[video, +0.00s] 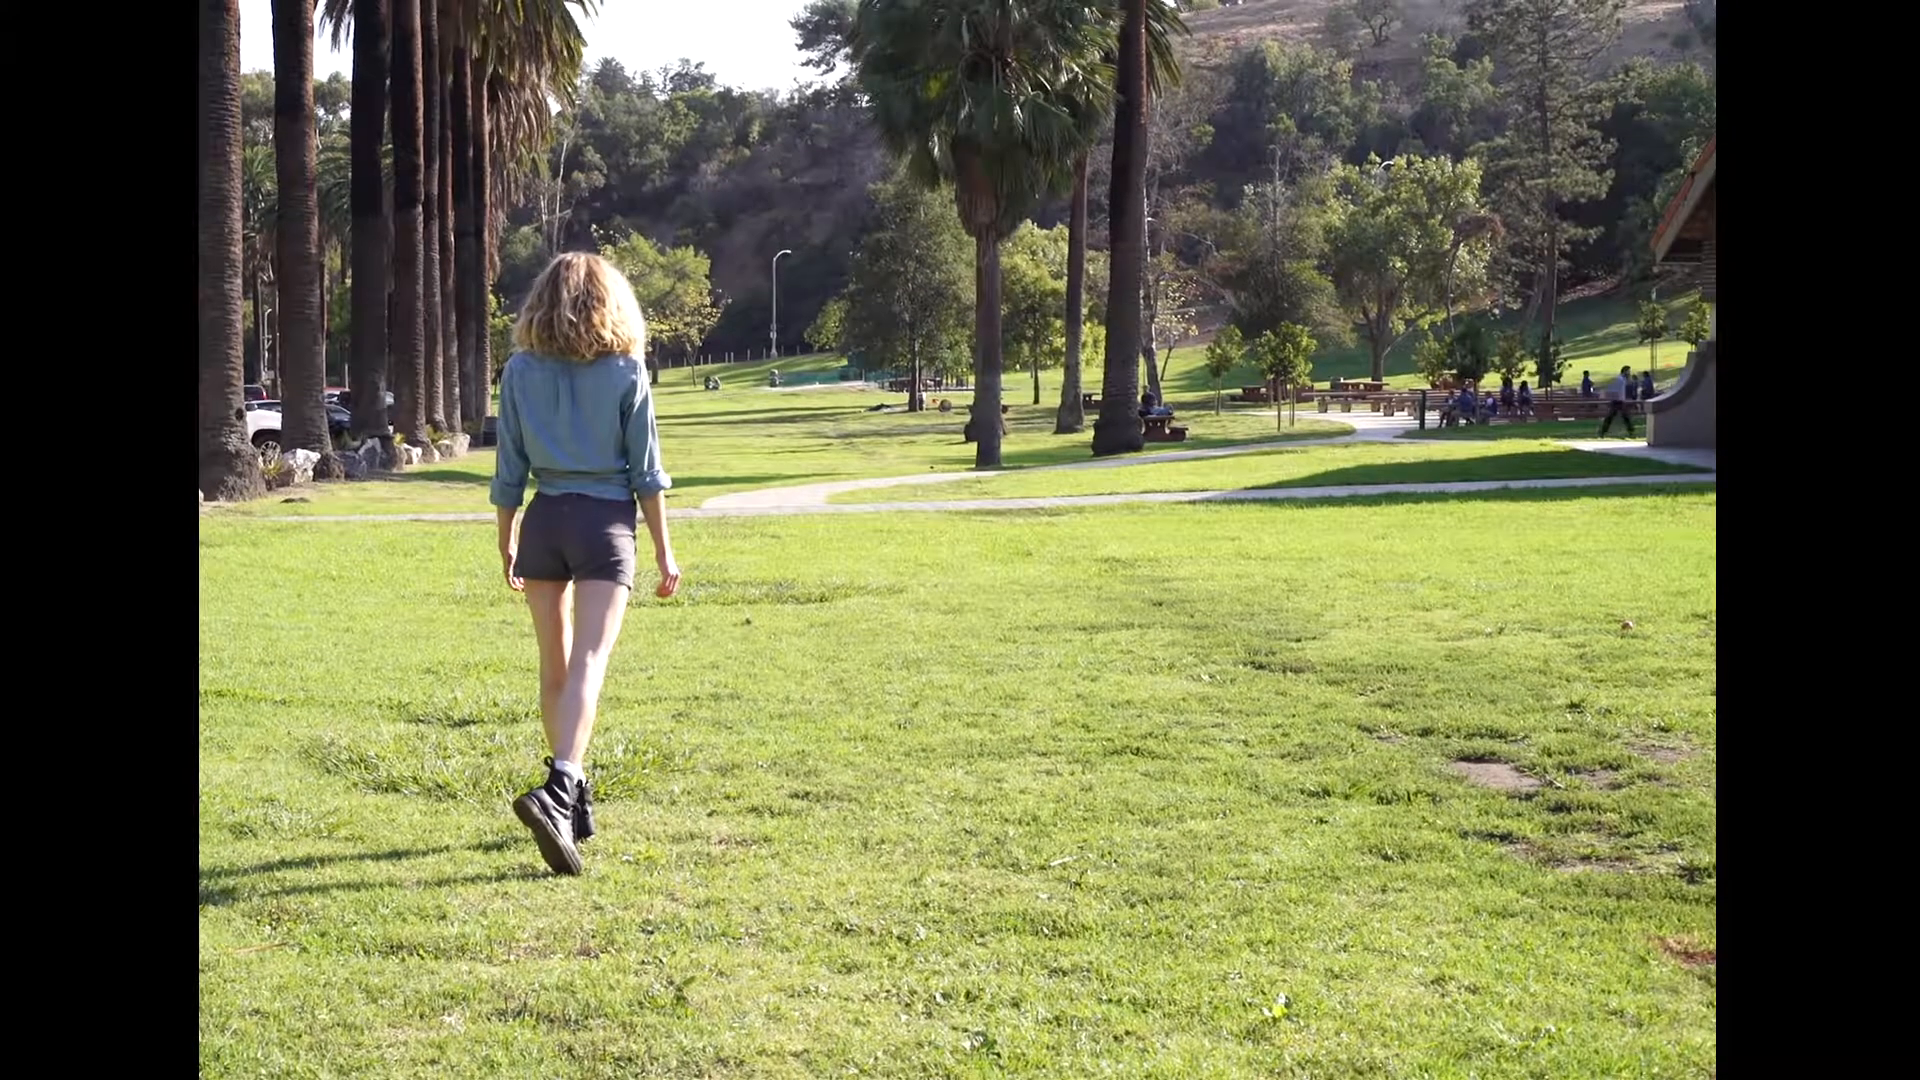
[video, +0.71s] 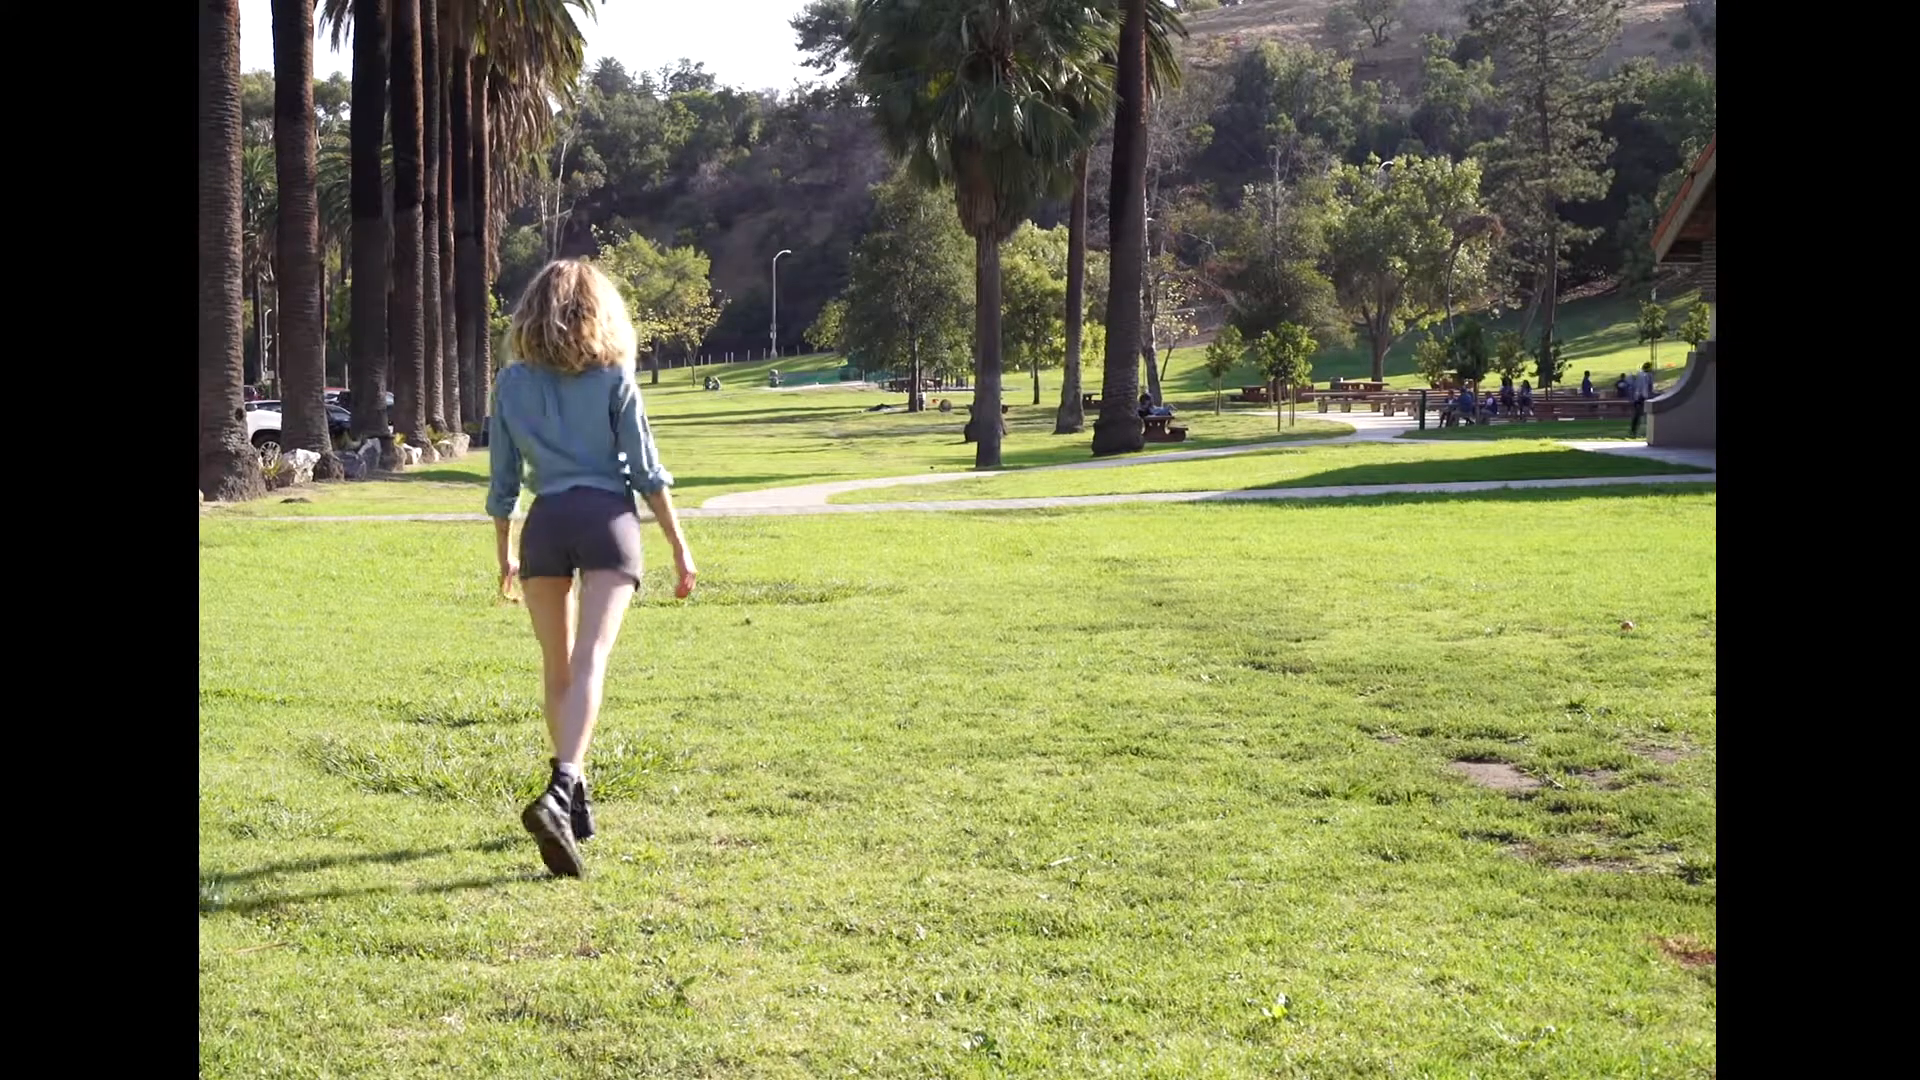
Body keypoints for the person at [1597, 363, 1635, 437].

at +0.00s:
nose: (1629, 373)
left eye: (1629, 371)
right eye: (1628, 371)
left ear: (1623, 371)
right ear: (1625, 371)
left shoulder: (1622, 380)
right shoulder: (1621, 380)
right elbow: (1620, 391)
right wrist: (1622, 399)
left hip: (1617, 400)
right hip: (1619, 400)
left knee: (1610, 416)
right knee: (1625, 416)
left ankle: (1602, 432)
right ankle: (1631, 432)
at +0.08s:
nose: (1633, 372)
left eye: (1633, 371)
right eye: (1632, 370)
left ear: (1628, 370)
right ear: (1629, 371)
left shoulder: (1628, 379)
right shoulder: (1624, 379)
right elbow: (1622, 390)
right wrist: (1626, 399)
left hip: (1625, 400)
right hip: (1622, 400)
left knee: (1616, 416)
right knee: (1630, 416)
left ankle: (1605, 431)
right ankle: (1631, 433)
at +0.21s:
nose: (1637, 371)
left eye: (1637, 369)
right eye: (1636, 369)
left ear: (1632, 369)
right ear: (1633, 369)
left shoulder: (1629, 376)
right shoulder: (1629, 377)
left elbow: (1620, 385)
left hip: (1627, 399)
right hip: (1627, 399)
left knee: (1627, 415)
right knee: (1630, 416)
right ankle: (1632, 433)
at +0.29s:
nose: (1639, 370)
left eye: (1639, 368)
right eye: (1639, 368)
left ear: (1633, 367)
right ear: (1637, 368)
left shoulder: (1629, 375)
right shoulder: (1634, 376)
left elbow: (1626, 386)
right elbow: (1632, 387)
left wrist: (1627, 395)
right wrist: (1630, 396)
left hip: (1627, 398)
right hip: (1631, 399)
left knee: (1630, 417)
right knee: (1632, 417)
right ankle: (1632, 433)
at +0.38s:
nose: (1641, 369)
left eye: (1641, 368)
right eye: (1640, 368)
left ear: (1635, 368)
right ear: (1638, 368)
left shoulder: (1630, 375)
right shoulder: (1634, 376)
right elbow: (1634, 390)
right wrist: (1639, 399)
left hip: (1629, 397)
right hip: (1633, 398)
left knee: (1634, 414)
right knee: (1635, 414)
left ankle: (1631, 430)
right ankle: (1632, 432)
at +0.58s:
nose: (1647, 369)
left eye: (1646, 367)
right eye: (1646, 367)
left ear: (1640, 368)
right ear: (1643, 368)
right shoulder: (1641, 376)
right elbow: (1639, 388)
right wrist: (1642, 396)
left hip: (1633, 397)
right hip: (1638, 397)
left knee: (1635, 414)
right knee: (1636, 414)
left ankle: (1632, 431)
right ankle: (1633, 431)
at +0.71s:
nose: (1650, 369)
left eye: (1650, 367)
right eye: (1650, 368)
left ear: (1643, 367)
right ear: (1648, 368)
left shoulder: (1639, 375)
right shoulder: (1648, 375)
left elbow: (1636, 386)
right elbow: (1649, 386)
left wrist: (1635, 395)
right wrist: (1650, 395)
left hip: (1637, 397)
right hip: (1644, 397)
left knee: (1637, 414)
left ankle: (1633, 432)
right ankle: (1633, 432)